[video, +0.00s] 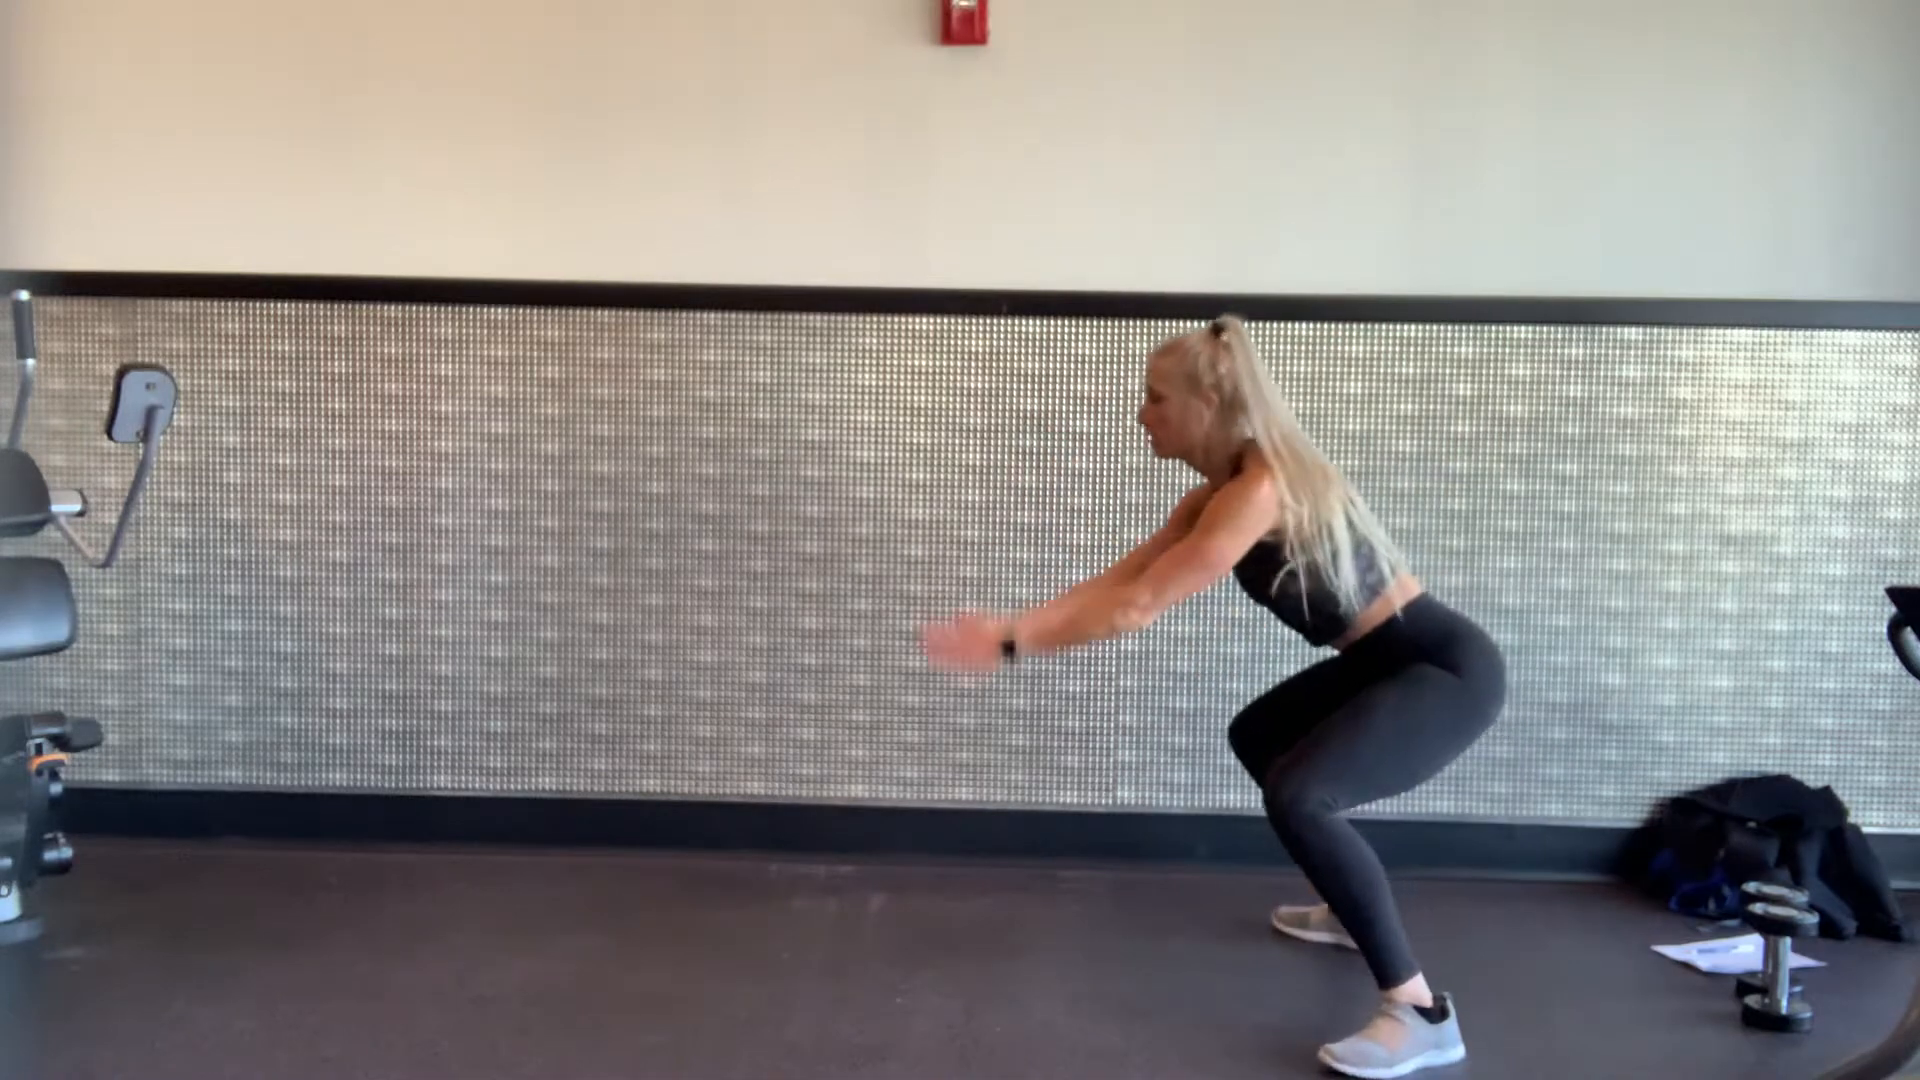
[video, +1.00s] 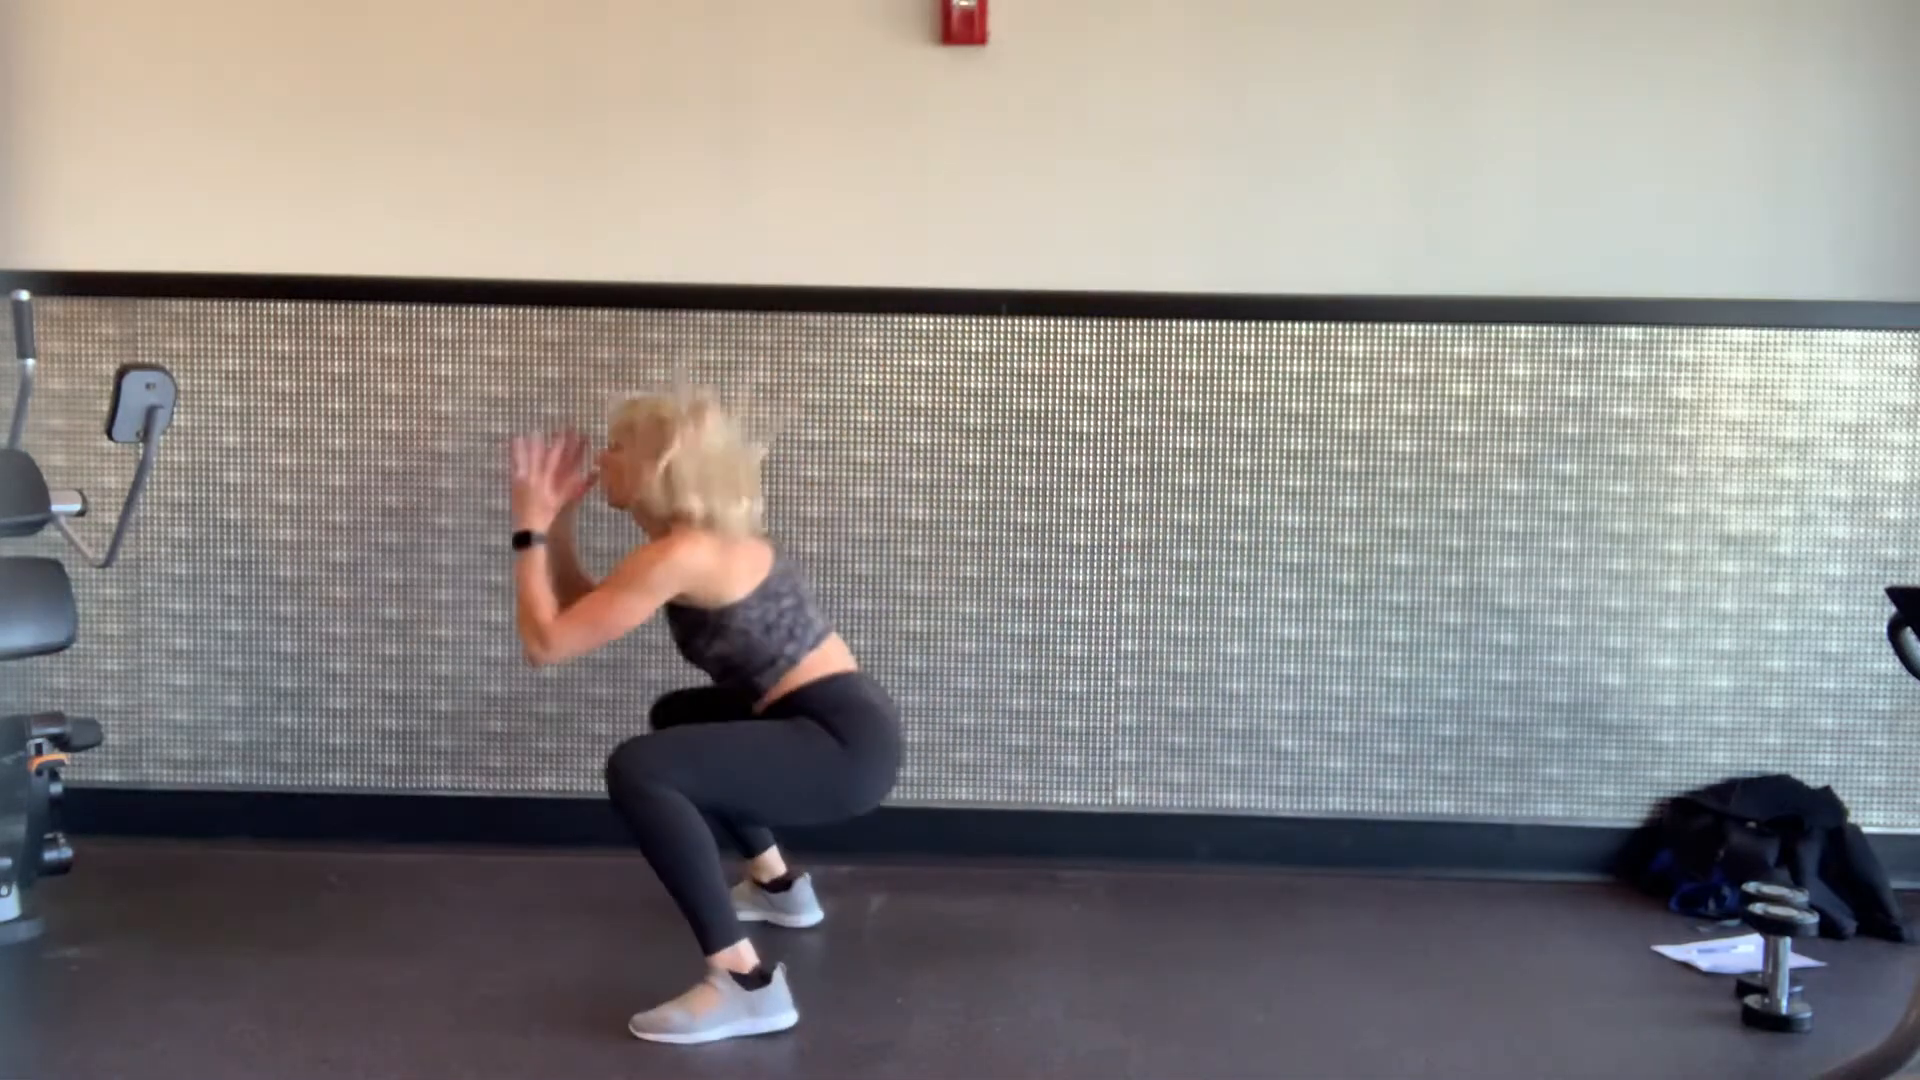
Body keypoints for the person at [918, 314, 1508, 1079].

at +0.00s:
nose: (1143, 418)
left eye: (1154, 400)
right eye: (1144, 401)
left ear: (1208, 404)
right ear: (1207, 408)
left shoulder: (1259, 488)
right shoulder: (1215, 492)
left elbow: (1141, 603)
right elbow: (1120, 583)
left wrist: (1014, 641)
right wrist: (1012, 631)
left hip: (1446, 669)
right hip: (1390, 662)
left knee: (1299, 794)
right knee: (1255, 734)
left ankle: (1419, 1010)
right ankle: (1357, 907)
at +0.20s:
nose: (1058, 323)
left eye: (1072, 307)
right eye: (1061, 306)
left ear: (1118, 319)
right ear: (1121, 320)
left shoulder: (1172, 403)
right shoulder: (1147, 401)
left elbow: (1283, 500)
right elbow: (1245, 502)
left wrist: (1317, 640)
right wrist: (1249, 605)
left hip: (1321, 607)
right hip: (1282, 603)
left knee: (1248, 817)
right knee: (1213, 756)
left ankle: (1411, 1005)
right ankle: (1347, 902)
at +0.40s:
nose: (960, 162)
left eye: (974, 146)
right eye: (963, 145)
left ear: (1022, 149)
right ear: (1019, 149)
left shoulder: (1056, 223)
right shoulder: (1049, 226)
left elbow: (1184, 269)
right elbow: (1173, 277)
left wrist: (1195, 409)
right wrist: (1185, 409)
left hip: (1126, 477)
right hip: (1107, 479)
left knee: (1082, 705)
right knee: (1088, 692)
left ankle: (1237, 896)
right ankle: (1203, 829)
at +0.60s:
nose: (802, 211)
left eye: (811, 197)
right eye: (805, 195)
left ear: (851, 200)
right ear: (871, 194)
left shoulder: (894, 287)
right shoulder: (917, 273)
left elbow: (865, 442)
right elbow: (881, 429)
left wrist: (760, 472)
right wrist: (783, 465)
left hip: (1017, 519)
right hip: (1017, 511)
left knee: (905, 712)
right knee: (908, 698)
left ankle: (825, 945)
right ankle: (848, 850)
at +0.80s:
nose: (689, 389)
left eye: (702, 380)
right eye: (696, 377)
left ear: (739, 402)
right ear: (763, 402)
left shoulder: (767, 486)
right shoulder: (785, 474)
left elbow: (617, 562)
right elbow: (645, 543)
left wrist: (608, 448)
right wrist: (621, 447)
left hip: (889, 713)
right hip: (886, 689)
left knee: (682, 755)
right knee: (721, 701)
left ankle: (746, 983)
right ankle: (781, 884)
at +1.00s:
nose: (606, 454)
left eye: (621, 445)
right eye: (614, 441)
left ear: (656, 469)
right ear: (682, 469)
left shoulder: (685, 552)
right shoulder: (709, 536)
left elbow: (545, 643)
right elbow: (575, 613)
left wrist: (528, 529)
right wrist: (556, 523)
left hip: (842, 750)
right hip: (839, 723)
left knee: (640, 771)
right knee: (676, 716)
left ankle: (744, 981)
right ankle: (777, 881)